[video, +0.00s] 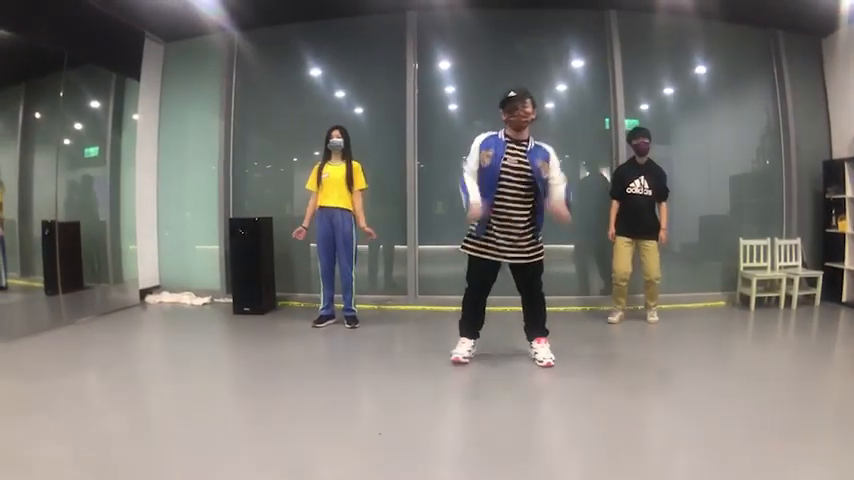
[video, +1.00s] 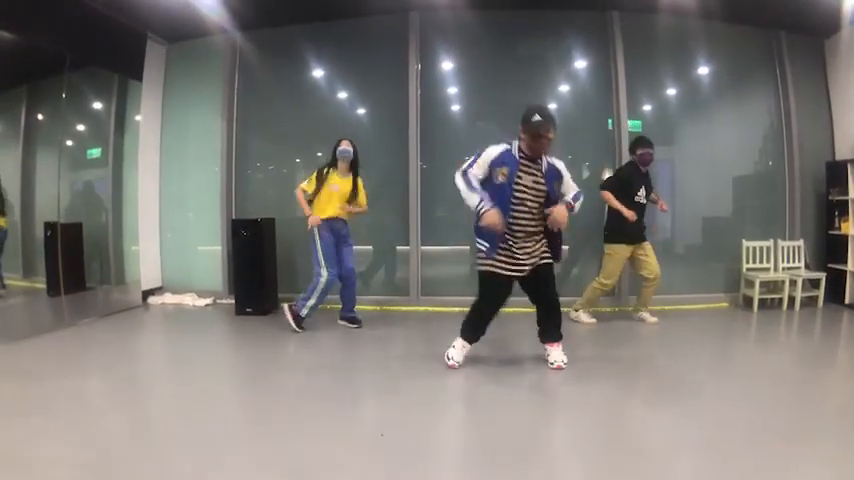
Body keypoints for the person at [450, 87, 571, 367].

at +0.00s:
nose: (522, 112)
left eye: (527, 107)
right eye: (516, 108)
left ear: (534, 112)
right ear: (504, 113)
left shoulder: (544, 152)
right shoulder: (486, 142)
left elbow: (557, 181)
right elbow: (469, 174)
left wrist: (557, 201)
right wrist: (474, 201)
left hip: (526, 235)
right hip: (488, 232)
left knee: (532, 289)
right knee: (477, 286)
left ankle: (539, 340)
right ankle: (467, 338)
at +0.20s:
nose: (503, 114)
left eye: (507, 109)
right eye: (496, 110)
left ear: (516, 113)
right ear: (486, 116)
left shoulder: (530, 150)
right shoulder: (473, 152)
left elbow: (534, 189)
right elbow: (466, 192)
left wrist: (531, 223)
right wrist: (461, 223)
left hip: (520, 233)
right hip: (482, 233)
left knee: (535, 287)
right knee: (472, 288)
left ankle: (546, 340)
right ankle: (464, 341)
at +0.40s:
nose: (477, 139)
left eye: (481, 133)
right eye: (470, 135)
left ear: (490, 135)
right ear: (463, 141)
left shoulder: (506, 158)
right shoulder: (463, 173)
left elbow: (549, 164)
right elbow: (442, 195)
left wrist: (517, 191)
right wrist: (444, 203)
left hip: (511, 247)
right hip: (479, 248)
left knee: (508, 302)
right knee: (460, 295)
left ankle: (555, 337)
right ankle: (467, 344)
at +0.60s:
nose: (498, 126)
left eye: (502, 119)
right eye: (492, 121)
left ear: (513, 113)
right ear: (484, 121)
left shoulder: (531, 140)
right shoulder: (472, 152)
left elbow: (544, 178)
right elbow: (470, 195)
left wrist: (545, 217)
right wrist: (472, 231)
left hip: (524, 232)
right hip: (487, 234)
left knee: (539, 288)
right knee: (476, 289)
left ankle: (553, 341)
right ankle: (469, 342)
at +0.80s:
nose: (535, 132)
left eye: (538, 126)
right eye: (528, 127)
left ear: (542, 123)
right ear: (514, 125)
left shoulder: (548, 157)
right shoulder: (493, 152)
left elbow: (558, 190)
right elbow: (472, 186)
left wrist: (561, 216)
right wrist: (492, 211)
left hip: (539, 242)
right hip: (502, 243)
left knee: (551, 294)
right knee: (490, 295)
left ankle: (554, 344)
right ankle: (460, 339)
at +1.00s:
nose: (545, 143)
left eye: (549, 138)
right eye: (540, 137)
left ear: (553, 136)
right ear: (524, 133)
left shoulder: (555, 168)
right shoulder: (497, 156)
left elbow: (575, 194)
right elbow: (464, 177)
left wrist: (565, 207)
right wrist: (484, 208)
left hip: (536, 249)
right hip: (499, 248)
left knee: (548, 298)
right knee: (490, 300)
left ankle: (553, 344)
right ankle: (464, 342)